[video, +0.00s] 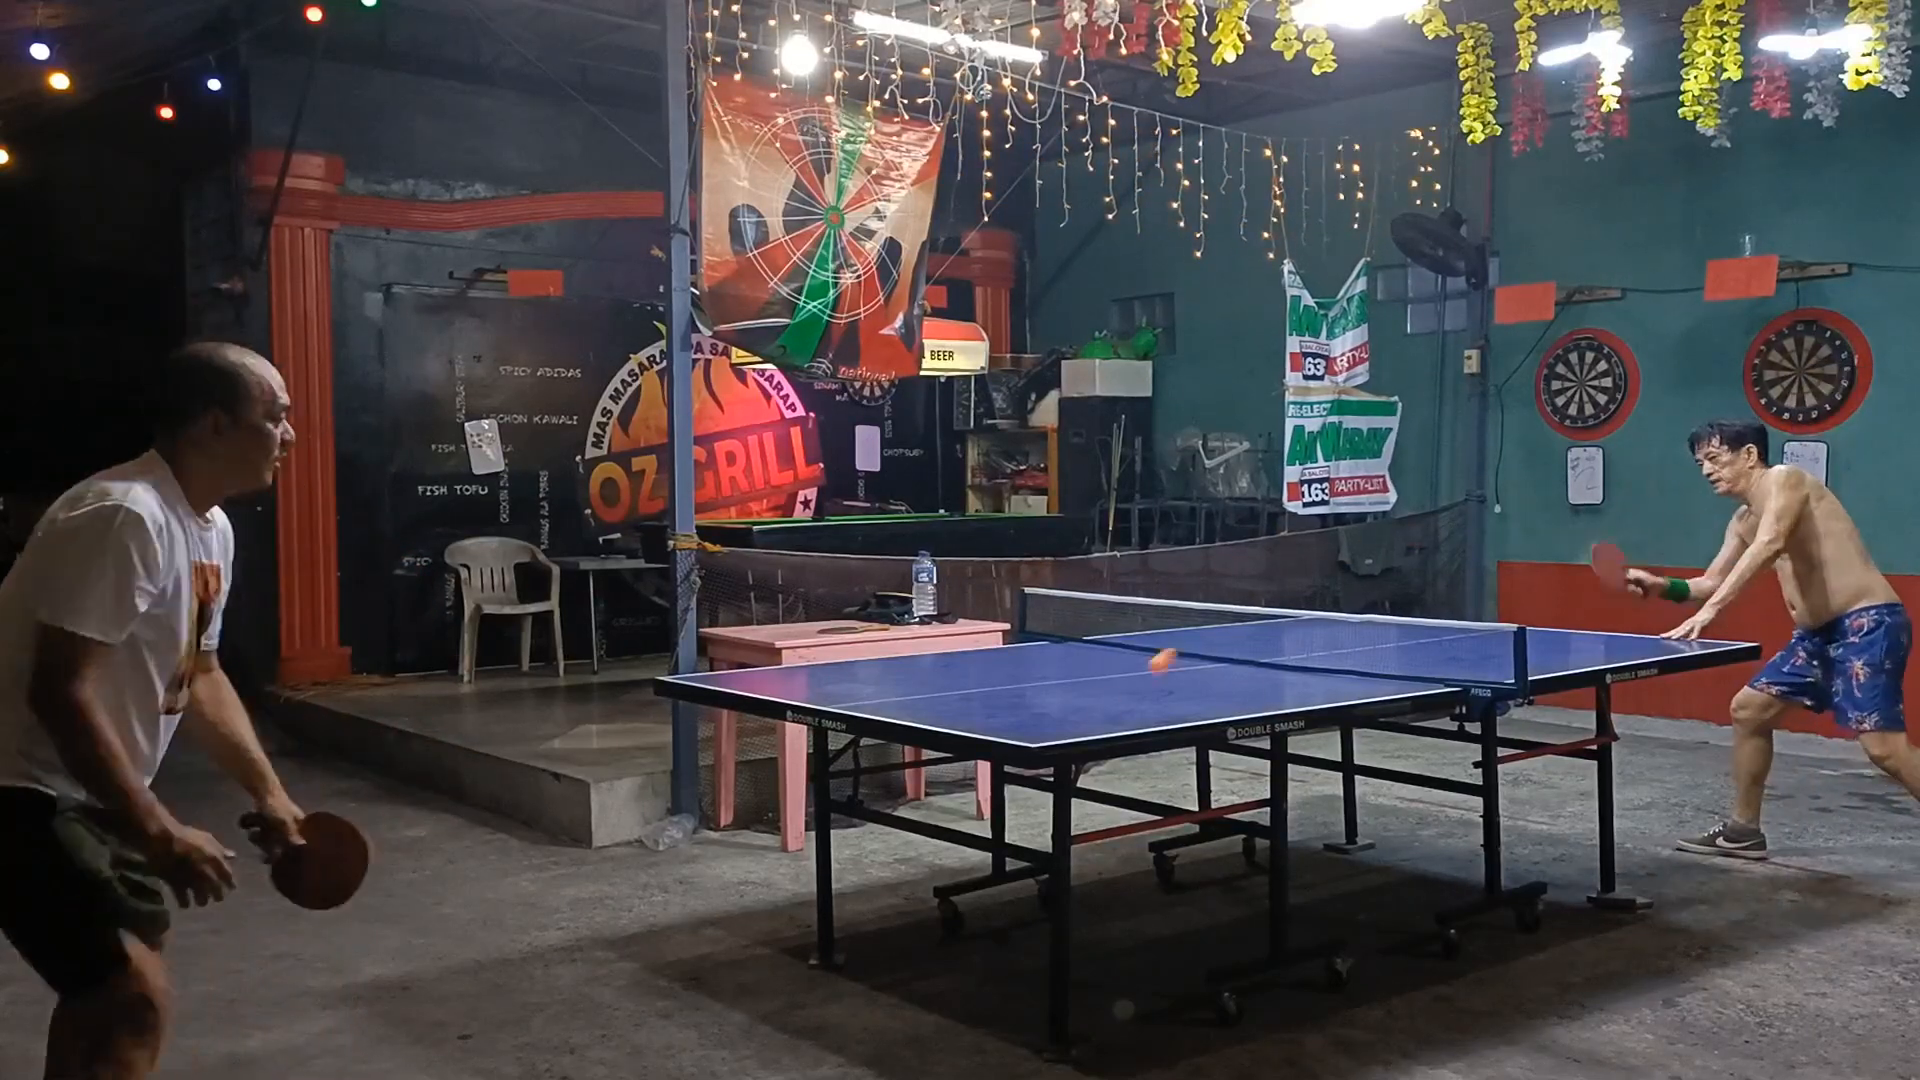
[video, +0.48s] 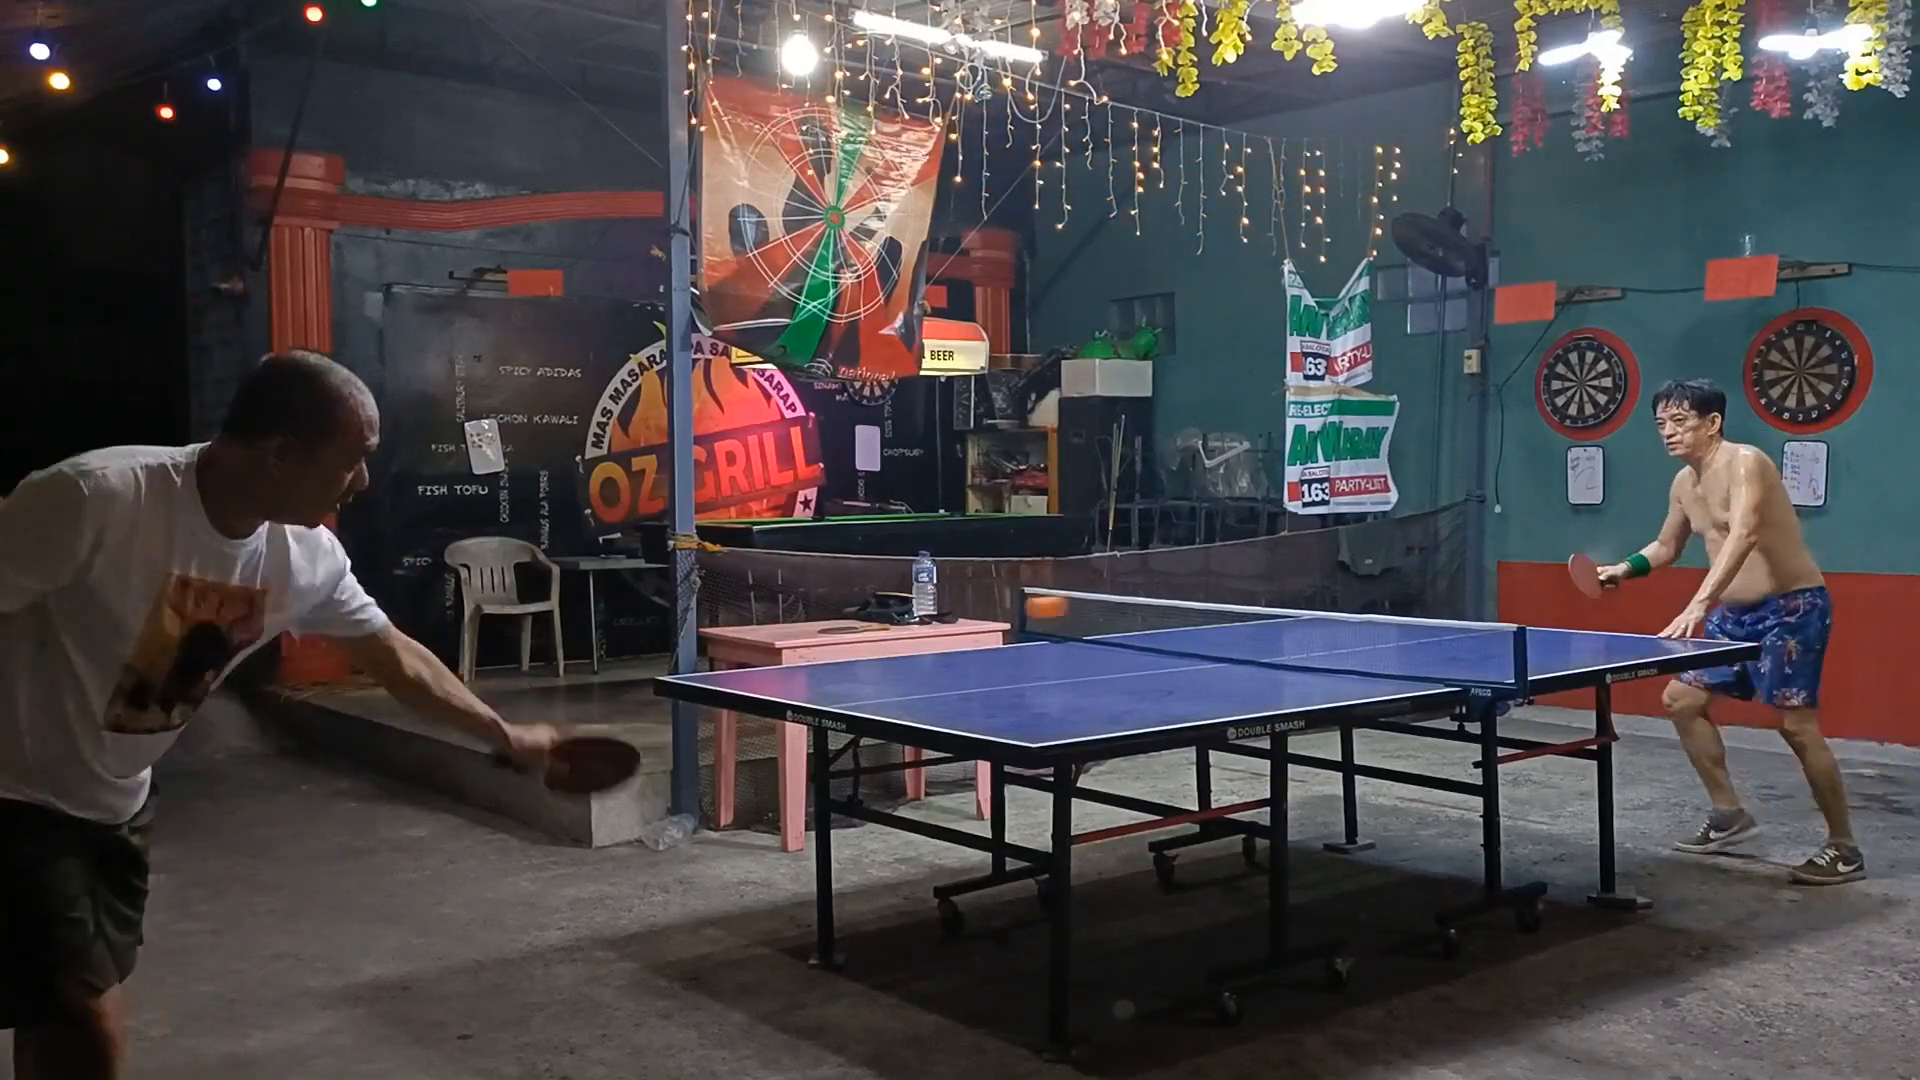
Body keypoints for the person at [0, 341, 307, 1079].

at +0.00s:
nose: (288, 434)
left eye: (286, 416)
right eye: (274, 416)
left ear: (221, 431)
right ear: (214, 426)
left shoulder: (213, 528)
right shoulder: (120, 519)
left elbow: (197, 673)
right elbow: (57, 687)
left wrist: (269, 793)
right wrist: (158, 830)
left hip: (102, 801)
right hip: (26, 797)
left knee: (101, 1009)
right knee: (131, 1005)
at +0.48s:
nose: (363, 481)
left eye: (366, 460)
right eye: (354, 460)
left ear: (287, 457)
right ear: (282, 451)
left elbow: (395, 658)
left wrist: (505, 733)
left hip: (118, 813)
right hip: (21, 803)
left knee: (58, 1045)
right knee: (90, 1041)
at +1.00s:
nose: (371, 374)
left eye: (367, 354)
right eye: (358, 353)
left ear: (304, 367)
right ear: (306, 366)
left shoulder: (271, 472)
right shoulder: (206, 471)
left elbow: (218, 647)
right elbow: (138, 645)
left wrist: (243, 789)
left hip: (194, 778)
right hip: (124, 778)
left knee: (225, 1012)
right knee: (196, 1026)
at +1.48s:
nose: (454, 457)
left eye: (455, 444)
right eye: (455, 443)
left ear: (374, 441)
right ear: (440, 440)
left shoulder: (328, 511)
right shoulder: (399, 512)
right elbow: (449, 639)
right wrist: (557, 747)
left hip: (237, 758)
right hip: (299, 763)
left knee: (357, 871)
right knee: (443, 950)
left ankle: (353, 1020)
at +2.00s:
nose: (432, 468)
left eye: (430, 458)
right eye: (429, 457)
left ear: (370, 457)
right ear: (406, 451)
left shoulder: (349, 509)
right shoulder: (393, 478)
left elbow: (398, 649)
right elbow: (389, 552)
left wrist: (488, 691)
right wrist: (450, 639)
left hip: (282, 688)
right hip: (335, 682)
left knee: (372, 843)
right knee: (396, 877)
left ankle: (383, 990)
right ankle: (367, 1067)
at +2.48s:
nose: (413, 381)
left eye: (409, 367)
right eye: (404, 368)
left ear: (344, 380)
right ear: (364, 376)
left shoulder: (287, 446)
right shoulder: (351, 434)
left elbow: (282, 572)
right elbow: (334, 553)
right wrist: (399, 666)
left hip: (259, 674)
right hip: (305, 680)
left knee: (318, 845)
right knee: (356, 881)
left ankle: (307, 988)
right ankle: (289, 1069)